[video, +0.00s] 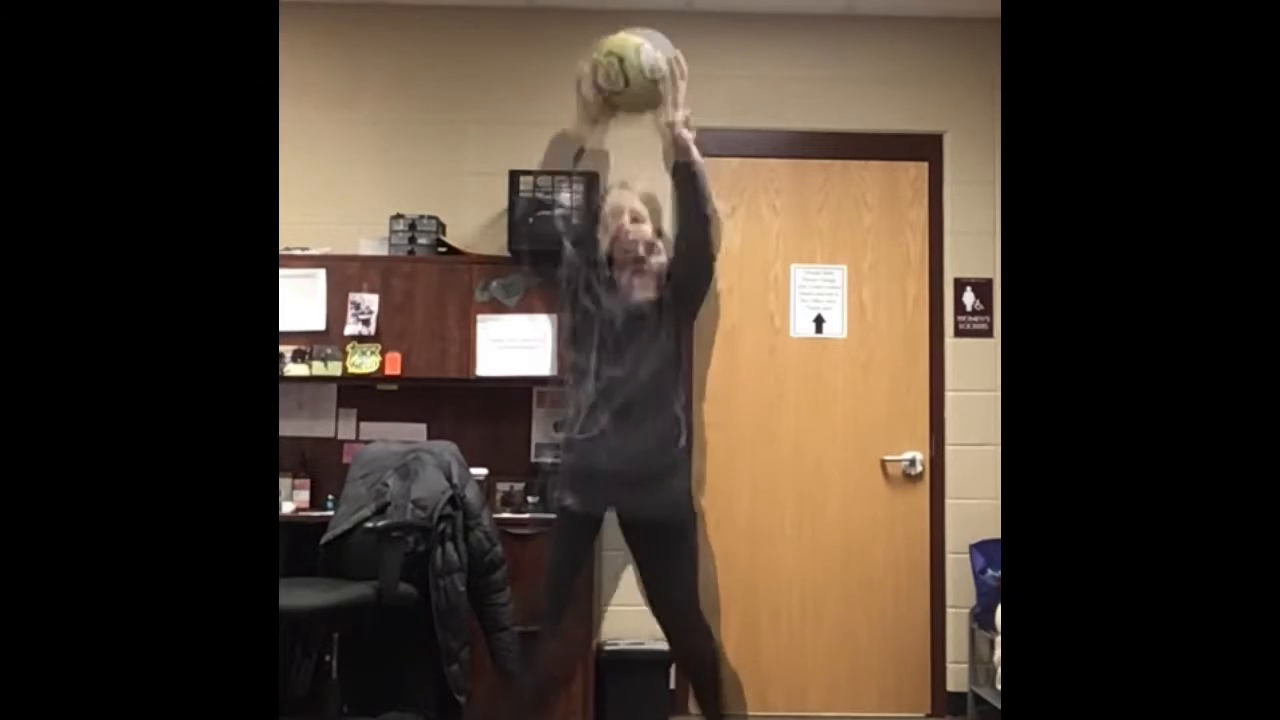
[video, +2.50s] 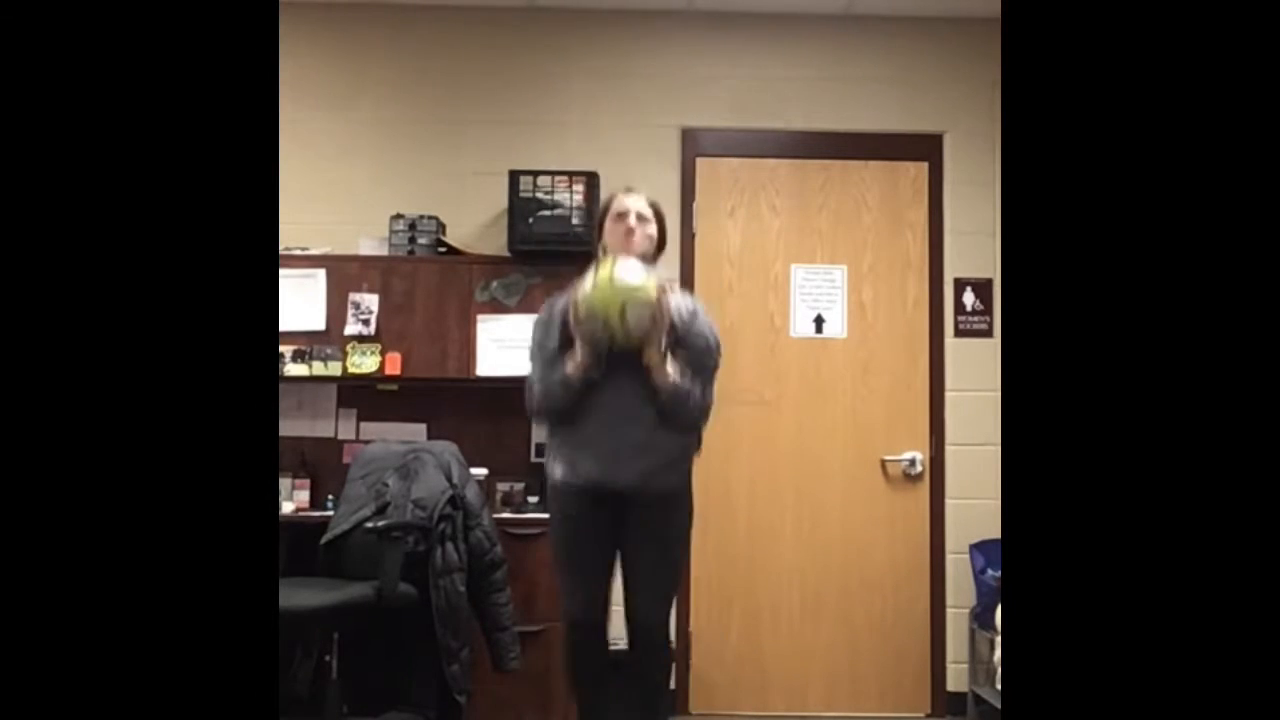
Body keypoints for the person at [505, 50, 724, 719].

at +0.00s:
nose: (632, 230)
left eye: (640, 220)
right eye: (618, 222)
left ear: (656, 235)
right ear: (600, 239)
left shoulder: (676, 298)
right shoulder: (584, 290)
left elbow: (698, 235)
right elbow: (561, 221)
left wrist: (678, 140)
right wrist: (586, 127)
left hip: (655, 474)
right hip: (583, 471)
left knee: (681, 621)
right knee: (557, 619)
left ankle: (721, 711)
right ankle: (526, 709)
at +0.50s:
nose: (632, 225)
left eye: (644, 219)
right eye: (621, 217)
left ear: (660, 238)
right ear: (601, 233)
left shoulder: (685, 316)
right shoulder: (562, 314)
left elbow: (695, 412)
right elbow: (542, 404)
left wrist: (656, 359)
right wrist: (581, 359)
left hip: (659, 494)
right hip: (581, 493)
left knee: (650, 629)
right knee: (584, 627)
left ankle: (648, 715)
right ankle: (594, 712)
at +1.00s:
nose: (631, 248)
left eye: (641, 241)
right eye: (618, 241)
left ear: (656, 261)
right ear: (596, 259)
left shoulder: (675, 313)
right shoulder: (577, 312)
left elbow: (691, 229)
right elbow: (570, 221)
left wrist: (675, 121)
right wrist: (589, 117)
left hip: (660, 507)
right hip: (579, 506)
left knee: (693, 647)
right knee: (548, 648)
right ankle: (501, 715)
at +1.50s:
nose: (639, 238)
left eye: (651, 232)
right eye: (627, 232)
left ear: (666, 254)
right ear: (608, 253)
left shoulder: (698, 331)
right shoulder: (571, 332)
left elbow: (719, 431)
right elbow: (545, 431)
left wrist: (669, 376)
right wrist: (590, 379)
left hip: (674, 516)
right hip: (594, 516)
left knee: (657, 645)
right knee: (606, 643)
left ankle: (656, 719)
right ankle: (607, 718)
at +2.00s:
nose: (631, 225)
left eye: (639, 216)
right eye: (617, 219)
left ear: (657, 233)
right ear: (599, 239)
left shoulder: (677, 296)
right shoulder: (583, 290)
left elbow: (698, 234)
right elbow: (549, 217)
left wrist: (680, 147)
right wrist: (587, 125)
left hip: (654, 477)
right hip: (582, 474)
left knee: (685, 628)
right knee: (558, 624)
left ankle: (723, 711)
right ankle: (525, 712)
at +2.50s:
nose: (633, 225)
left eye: (644, 218)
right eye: (621, 217)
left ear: (659, 238)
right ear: (601, 232)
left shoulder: (685, 315)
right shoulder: (563, 312)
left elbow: (693, 414)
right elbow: (543, 404)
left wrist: (656, 358)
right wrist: (583, 355)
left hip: (659, 494)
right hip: (580, 493)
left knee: (651, 629)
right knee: (584, 625)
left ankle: (649, 715)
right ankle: (594, 714)